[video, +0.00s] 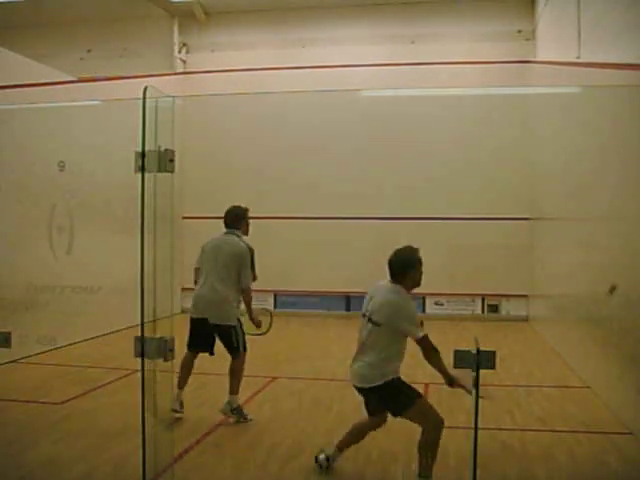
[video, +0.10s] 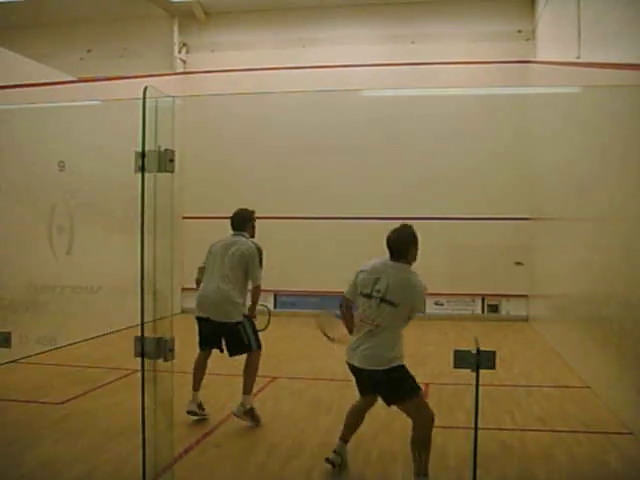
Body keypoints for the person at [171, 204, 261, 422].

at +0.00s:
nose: (249, 225)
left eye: (248, 220)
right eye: (247, 221)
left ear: (226, 223)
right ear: (241, 224)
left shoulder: (209, 244)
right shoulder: (243, 249)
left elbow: (198, 276)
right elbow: (246, 288)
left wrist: (209, 298)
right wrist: (252, 315)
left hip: (199, 309)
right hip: (225, 312)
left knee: (191, 352)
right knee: (238, 354)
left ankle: (178, 396)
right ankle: (232, 401)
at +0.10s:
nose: (255, 227)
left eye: (254, 223)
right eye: (254, 223)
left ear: (233, 226)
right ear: (249, 226)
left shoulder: (216, 246)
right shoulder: (252, 248)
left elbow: (200, 274)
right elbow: (256, 286)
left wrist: (203, 297)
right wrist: (252, 310)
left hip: (204, 305)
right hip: (231, 307)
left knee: (204, 351)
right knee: (254, 350)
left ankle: (194, 400)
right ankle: (245, 403)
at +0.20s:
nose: (259, 242)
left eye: (257, 238)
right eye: (258, 239)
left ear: (236, 241)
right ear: (256, 241)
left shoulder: (219, 261)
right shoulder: (260, 263)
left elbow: (198, 288)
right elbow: (271, 298)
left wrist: (200, 314)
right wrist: (256, 310)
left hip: (212, 321)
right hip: (239, 321)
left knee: (215, 357)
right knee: (264, 364)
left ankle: (206, 404)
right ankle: (266, 420)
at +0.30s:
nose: (259, 261)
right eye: (258, 258)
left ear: (237, 261)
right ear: (256, 260)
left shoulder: (224, 280)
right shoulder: (262, 282)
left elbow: (204, 303)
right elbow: (272, 319)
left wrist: (198, 332)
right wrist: (251, 317)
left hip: (219, 336)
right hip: (246, 337)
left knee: (220, 361)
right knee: (274, 378)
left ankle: (206, 399)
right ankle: (268, 432)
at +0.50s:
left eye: (207, 253)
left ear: (205, 255)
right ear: (223, 253)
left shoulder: (201, 276)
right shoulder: (236, 272)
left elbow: (194, 308)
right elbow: (253, 304)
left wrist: (190, 337)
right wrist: (237, 317)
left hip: (211, 330)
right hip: (238, 328)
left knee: (208, 363)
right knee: (252, 369)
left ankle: (220, 406)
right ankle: (265, 404)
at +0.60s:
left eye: (190, 249)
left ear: (190, 251)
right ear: (207, 248)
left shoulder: (188, 273)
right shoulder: (223, 266)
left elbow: (184, 307)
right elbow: (246, 291)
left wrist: (180, 333)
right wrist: (249, 315)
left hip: (207, 325)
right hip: (231, 322)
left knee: (208, 366)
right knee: (236, 360)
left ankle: (221, 406)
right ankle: (246, 387)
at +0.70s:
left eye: (180, 241)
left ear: (179, 242)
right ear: (196, 237)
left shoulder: (181, 262)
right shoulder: (211, 253)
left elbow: (175, 295)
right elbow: (238, 274)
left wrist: (166, 321)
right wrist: (249, 293)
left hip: (199, 314)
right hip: (218, 310)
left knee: (205, 355)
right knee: (216, 347)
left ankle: (216, 390)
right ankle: (220, 386)